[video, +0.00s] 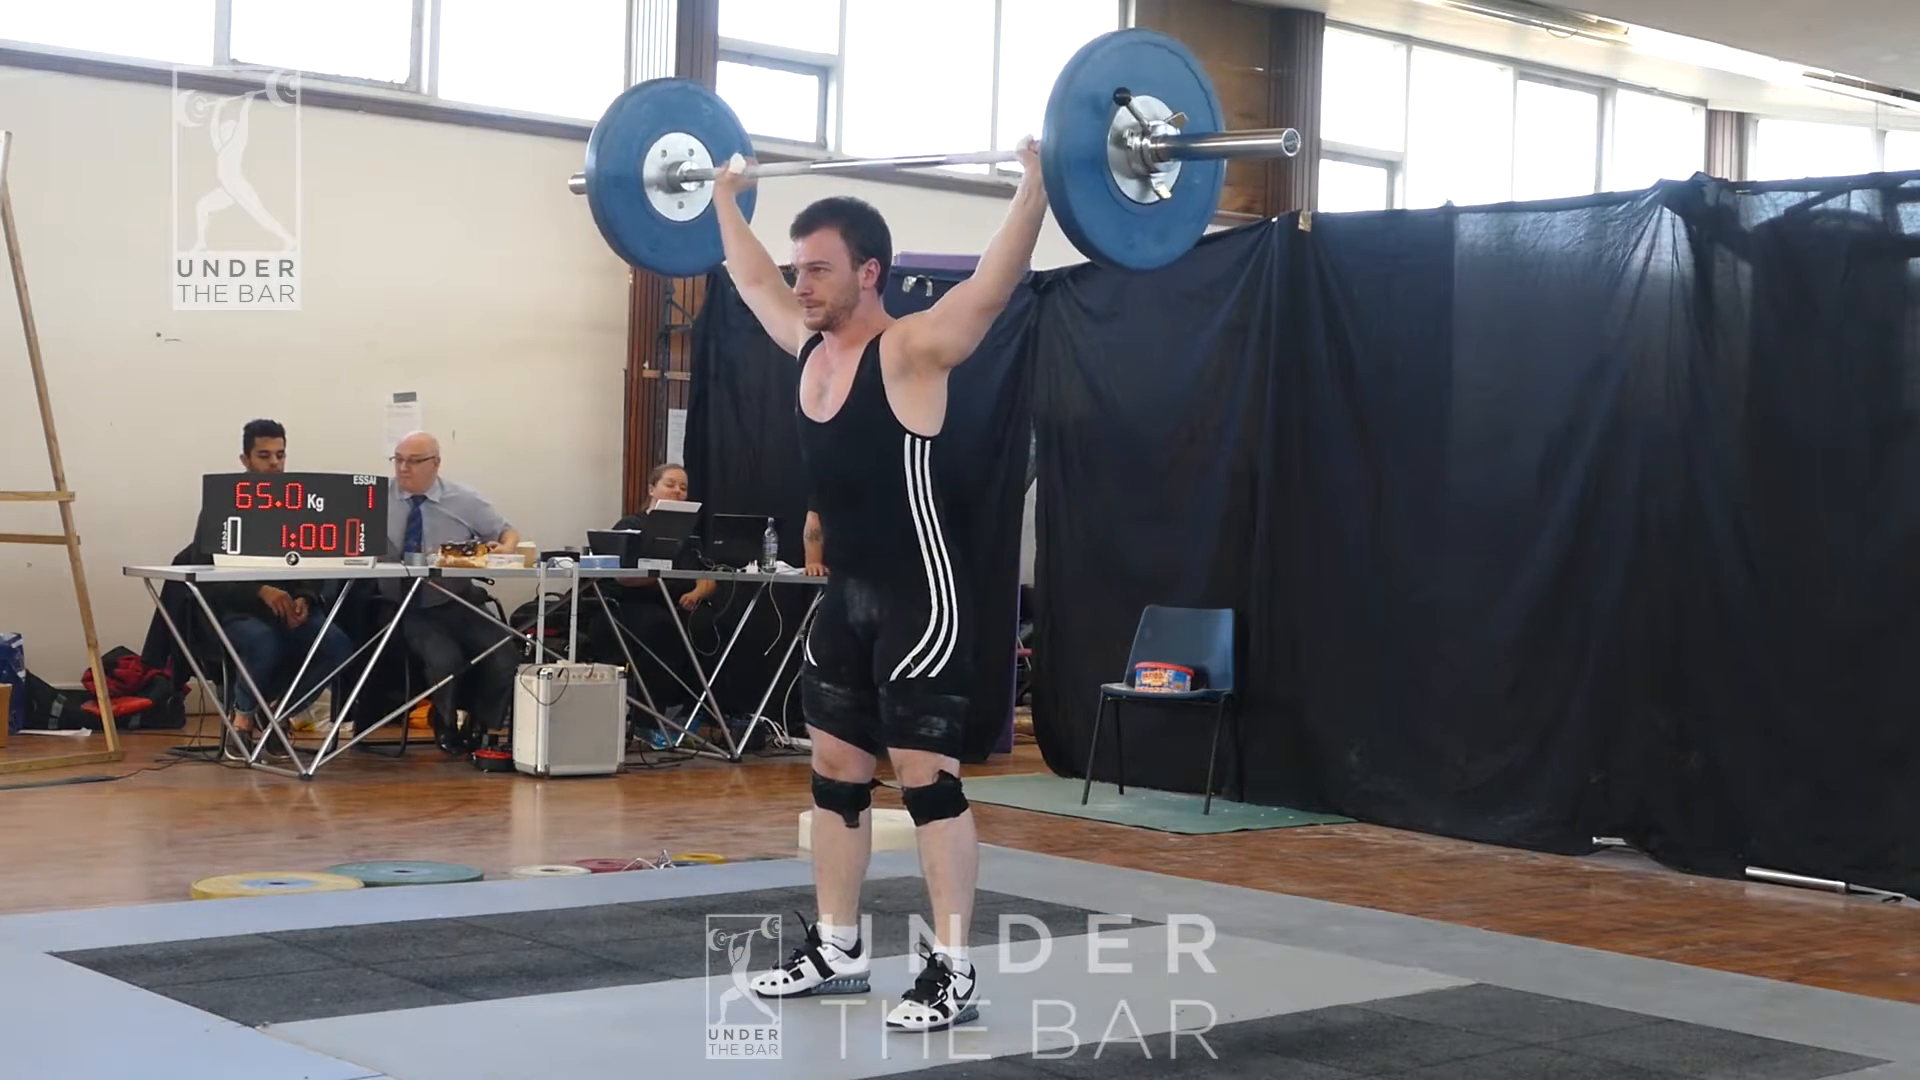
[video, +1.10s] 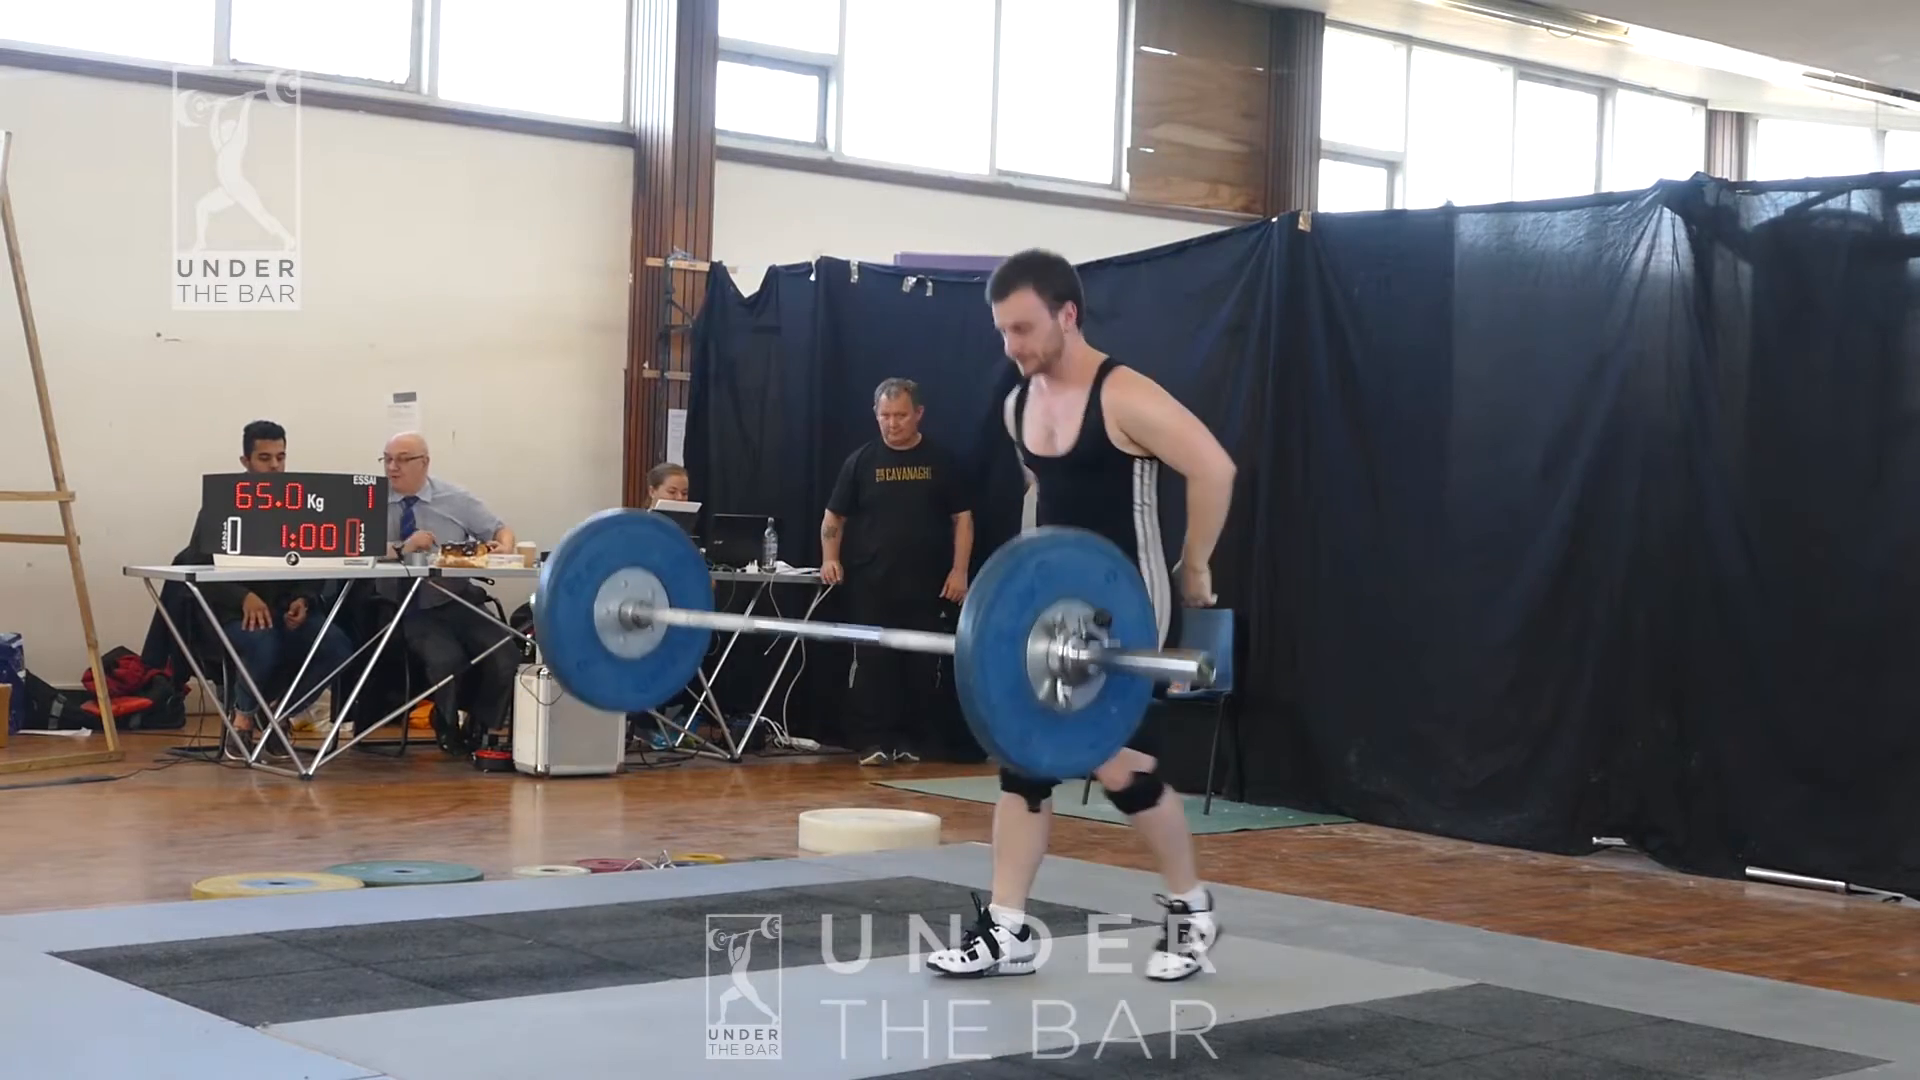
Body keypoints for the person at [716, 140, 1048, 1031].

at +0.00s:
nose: (802, 284)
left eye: (817, 270)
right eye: (799, 271)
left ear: (871, 273)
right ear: (804, 280)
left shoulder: (913, 346)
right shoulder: (811, 346)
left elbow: (991, 286)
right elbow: (758, 282)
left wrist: (1032, 188)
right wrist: (724, 199)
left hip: (925, 595)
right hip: (847, 594)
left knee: (924, 771)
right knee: (836, 765)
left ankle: (950, 971)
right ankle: (837, 952)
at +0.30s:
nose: (913, 282)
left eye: (930, 269)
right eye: (909, 270)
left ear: (980, 275)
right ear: (911, 277)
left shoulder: (1001, 351)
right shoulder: (902, 345)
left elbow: (1029, 323)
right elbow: (799, 305)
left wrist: (1031, 243)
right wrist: (706, 233)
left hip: (985, 601)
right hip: (910, 594)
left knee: (953, 767)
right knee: (863, 756)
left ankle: (952, 969)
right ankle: (838, 947)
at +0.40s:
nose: (945, 284)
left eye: (963, 270)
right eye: (940, 271)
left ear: (1008, 281)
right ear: (935, 282)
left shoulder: (1022, 363)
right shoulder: (922, 368)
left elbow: (1066, 352)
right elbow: (811, 377)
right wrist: (701, 344)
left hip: (998, 609)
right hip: (923, 600)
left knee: (965, 767)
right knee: (867, 752)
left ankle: (954, 968)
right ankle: (882, 933)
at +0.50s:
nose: (959, 289)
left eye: (977, 276)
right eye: (957, 276)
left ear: (1024, 289)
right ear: (959, 287)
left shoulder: (1046, 386)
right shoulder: (934, 385)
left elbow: (1088, 498)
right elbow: (846, 448)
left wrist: (1060, 557)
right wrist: (734, 482)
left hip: (1008, 601)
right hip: (937, 593)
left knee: (966, 768)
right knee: (880, 763)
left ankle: (955, 972)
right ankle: (947, 906)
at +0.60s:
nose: (968, 298)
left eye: (986, 285)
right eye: (965, 286)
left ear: (1033, 299)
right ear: (967, 297)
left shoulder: (1058, 402)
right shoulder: (952, 396)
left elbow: (1094, 517)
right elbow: (906, 508)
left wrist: (1084, 624)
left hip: (1013, 633)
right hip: (937, 624)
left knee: (975, 789)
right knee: (913, 784)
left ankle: (957, 962)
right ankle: (1004, 909)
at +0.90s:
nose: (991, 301)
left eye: (1006, 287)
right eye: (986, 288)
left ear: (1053, 290)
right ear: (987, 294)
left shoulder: (1092, 380)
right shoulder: (981, 389)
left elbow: (1160, 473)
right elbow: (971, 494)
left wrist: (1146, 584)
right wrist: (957, 590)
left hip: (1071, 614)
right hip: (994, 612)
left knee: (1056, 766)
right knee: (984, 762)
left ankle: (1061, 938)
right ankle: (1002, 930)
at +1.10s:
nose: (1011, 346)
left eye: (1022, 329)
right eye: (1003, 331)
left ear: (1067, 316)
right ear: (1001, 327)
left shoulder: (1122, 393)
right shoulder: (1021, 400)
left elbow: (1215, 470)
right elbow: (1040, 497)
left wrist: (1195, 565)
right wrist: (1023, 585)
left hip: (1122, 607)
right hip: (1043, 601)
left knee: (1121, 767)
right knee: (1022, 761)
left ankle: (1190, 909)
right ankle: (1005, 926)